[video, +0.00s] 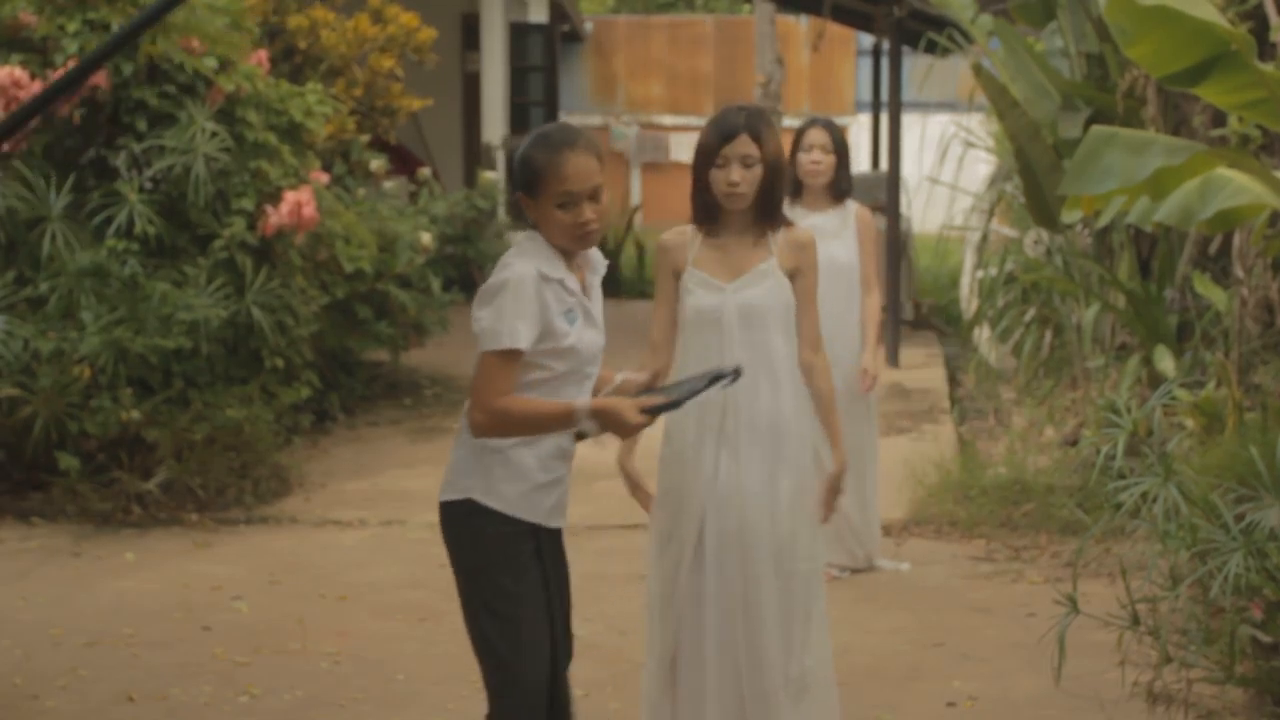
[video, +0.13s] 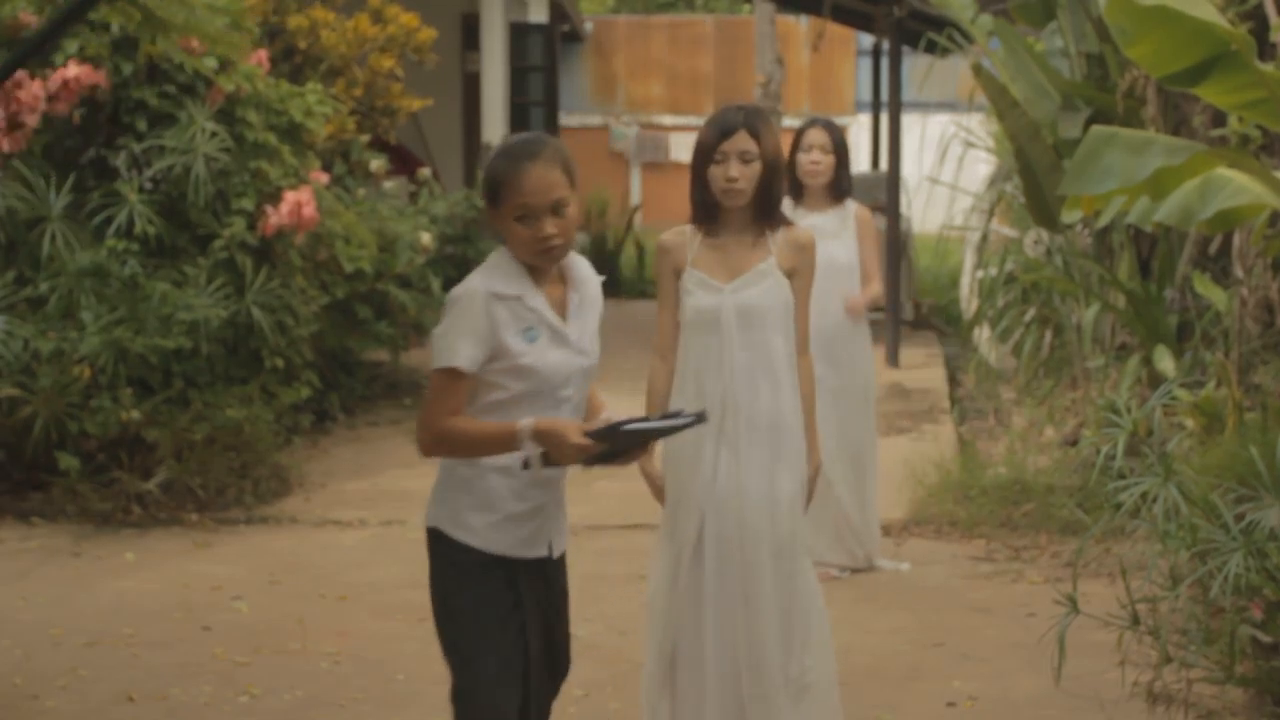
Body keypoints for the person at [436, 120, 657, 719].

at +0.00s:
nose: (586, 215)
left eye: (595, 197)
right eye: (567, 203)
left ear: (607, 191)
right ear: (527, 206)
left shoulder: (586, 265)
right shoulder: (519, 278)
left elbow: (560, 381)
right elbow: (485, 414)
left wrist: (614, 387)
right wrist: (591, 411)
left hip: (538, 501)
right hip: (489, 503)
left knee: (552, 678)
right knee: (523, 688)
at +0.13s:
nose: (548, 230)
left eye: (559, 210)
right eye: (526, 219)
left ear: (578, 201)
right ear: (494, 219)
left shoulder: (583, 281)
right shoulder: (476, 298)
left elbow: (573, 387)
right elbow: (433, 432)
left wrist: (612, 428)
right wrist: (534, 432)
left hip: (542, 532)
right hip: (473, 535)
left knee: (544, 680)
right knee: (492, 696)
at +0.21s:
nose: (511, 238)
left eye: (524, 216)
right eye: (489, 224)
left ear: (549, 207)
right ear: (464, 227)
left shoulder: (572, 290)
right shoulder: (442, 309)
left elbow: (569, 392)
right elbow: (403, 444)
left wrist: (604, 456)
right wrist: (502, 446)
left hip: (545, 555)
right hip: (460, 561)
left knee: (548, 699)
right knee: (469, 709)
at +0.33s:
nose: (466, 230)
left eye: (479, 206)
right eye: (445, 218)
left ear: (513, 195)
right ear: (427, 224)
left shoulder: (556, 289)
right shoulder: (406, 306)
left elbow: (559, 397)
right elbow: (376, 447)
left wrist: (589, 465)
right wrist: (469, 448)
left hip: (539, 563)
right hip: (442, 572)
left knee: (582, 707)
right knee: (457, 712)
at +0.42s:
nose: (444, 224)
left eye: (458, 198)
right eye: (422, 211)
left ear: (496, 189)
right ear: (406, 218)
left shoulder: (546, 285)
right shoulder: (388, 307)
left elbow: (551, 395)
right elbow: (366, 451)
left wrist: (589, 459)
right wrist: (456, 448)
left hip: (537, 568)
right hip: (435, 579)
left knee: (577, 711)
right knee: (450, 713)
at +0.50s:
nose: (424, 234)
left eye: (439, 208)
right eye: (402, 220)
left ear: (481, 199)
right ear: (388, 231)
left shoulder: (539, 296)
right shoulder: (373, 325)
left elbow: (550, 407)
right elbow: (356, 480)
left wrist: (593, 472)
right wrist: (453, 466)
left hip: (534, 586)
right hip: (428, 598)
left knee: (556, 713)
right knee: (444, 714)